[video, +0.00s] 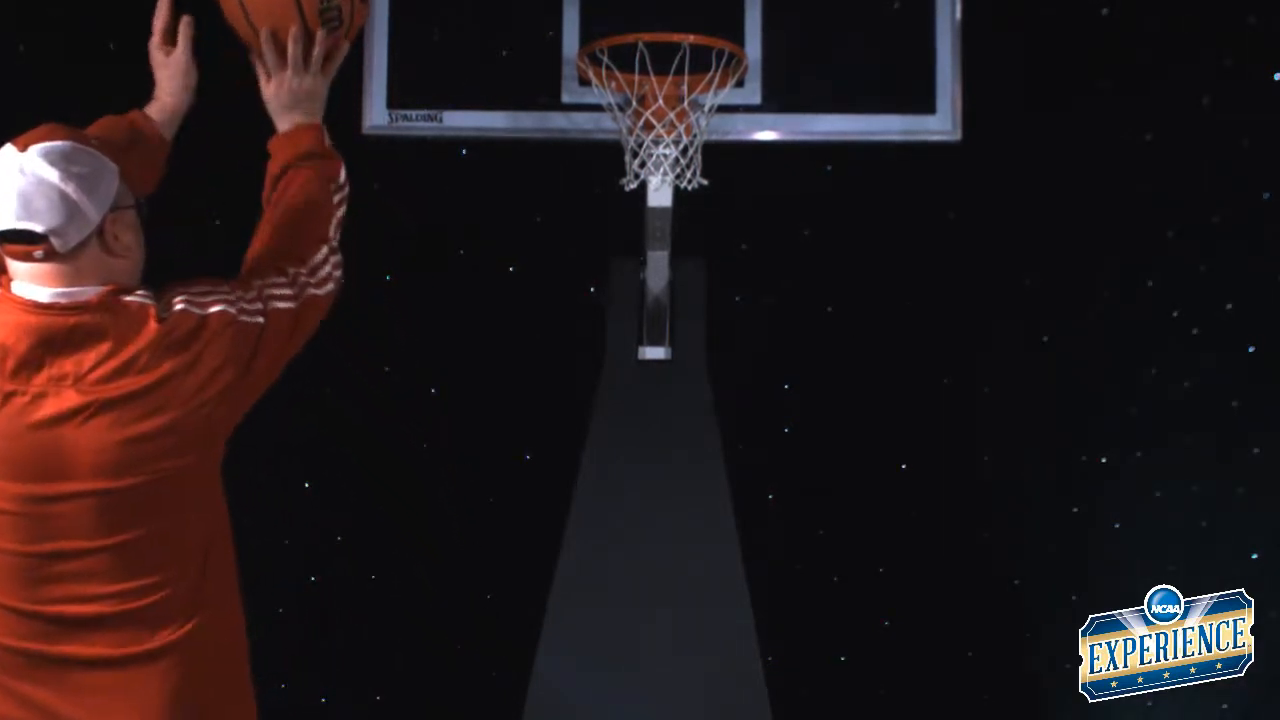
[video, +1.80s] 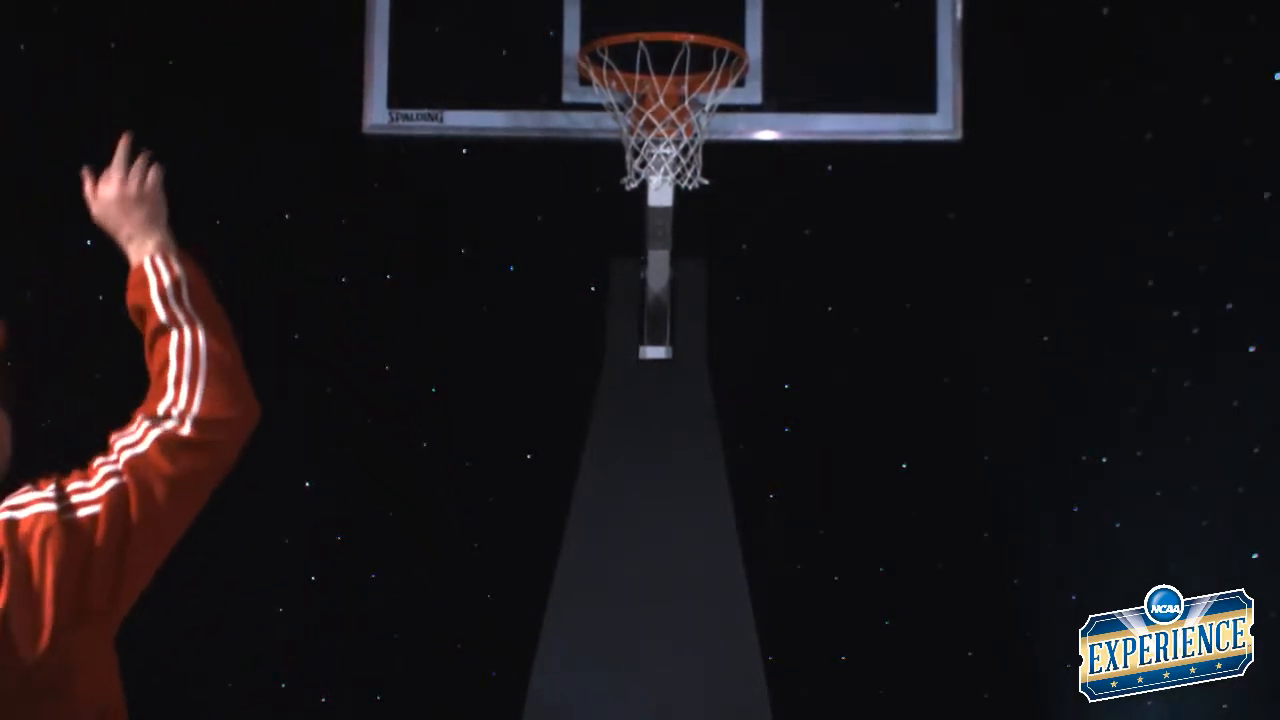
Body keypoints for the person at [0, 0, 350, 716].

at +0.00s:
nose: (139, 220)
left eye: (132, 207)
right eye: (131, 207)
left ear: (22, 236)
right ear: (108, 232)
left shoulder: (2, 327)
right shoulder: (170, 355)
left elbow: (39, 193)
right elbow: (300, 271)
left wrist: (158, 117)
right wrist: (301, 129)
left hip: (19, 697)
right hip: (166, 699)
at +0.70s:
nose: (88, 266)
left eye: (75, 253)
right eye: (75, 256)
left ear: (14, 292)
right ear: (53, 287)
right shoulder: (105, 395)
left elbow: (19, 240)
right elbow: (201, 232)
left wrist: (116, 157)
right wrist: (263, 91)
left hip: (16, 701)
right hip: (128, 703)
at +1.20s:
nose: (40, 325)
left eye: (28, 315)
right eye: (27, 319)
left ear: (5, 363)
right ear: (4, 362)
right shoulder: (62, 464)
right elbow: (184, 311)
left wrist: (50, 219)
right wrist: (196, 125)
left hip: (24, 700)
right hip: (106, 703)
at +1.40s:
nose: (22, 353)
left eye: (14, 346)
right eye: (13, 350)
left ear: (12, 378)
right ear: (1, 383)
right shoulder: (40, 500)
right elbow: (186, 335)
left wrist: (18, 248)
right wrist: (176, 155)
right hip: (90, 701)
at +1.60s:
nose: (14, 396)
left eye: (7, 366)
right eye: (7, 367)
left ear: (11, 371)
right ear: (3, 376)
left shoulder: (38, 537)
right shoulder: (33, 539)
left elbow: (190, 371)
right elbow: (190, 368)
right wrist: (159, 194)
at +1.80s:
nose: (9, 414)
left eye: (4, 385)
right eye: (5, 385)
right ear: (4, 409)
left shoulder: (33, 555)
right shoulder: (27, 557)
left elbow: (202, 409)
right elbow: (202, 407)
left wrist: (148, 244)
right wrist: (149, 243)